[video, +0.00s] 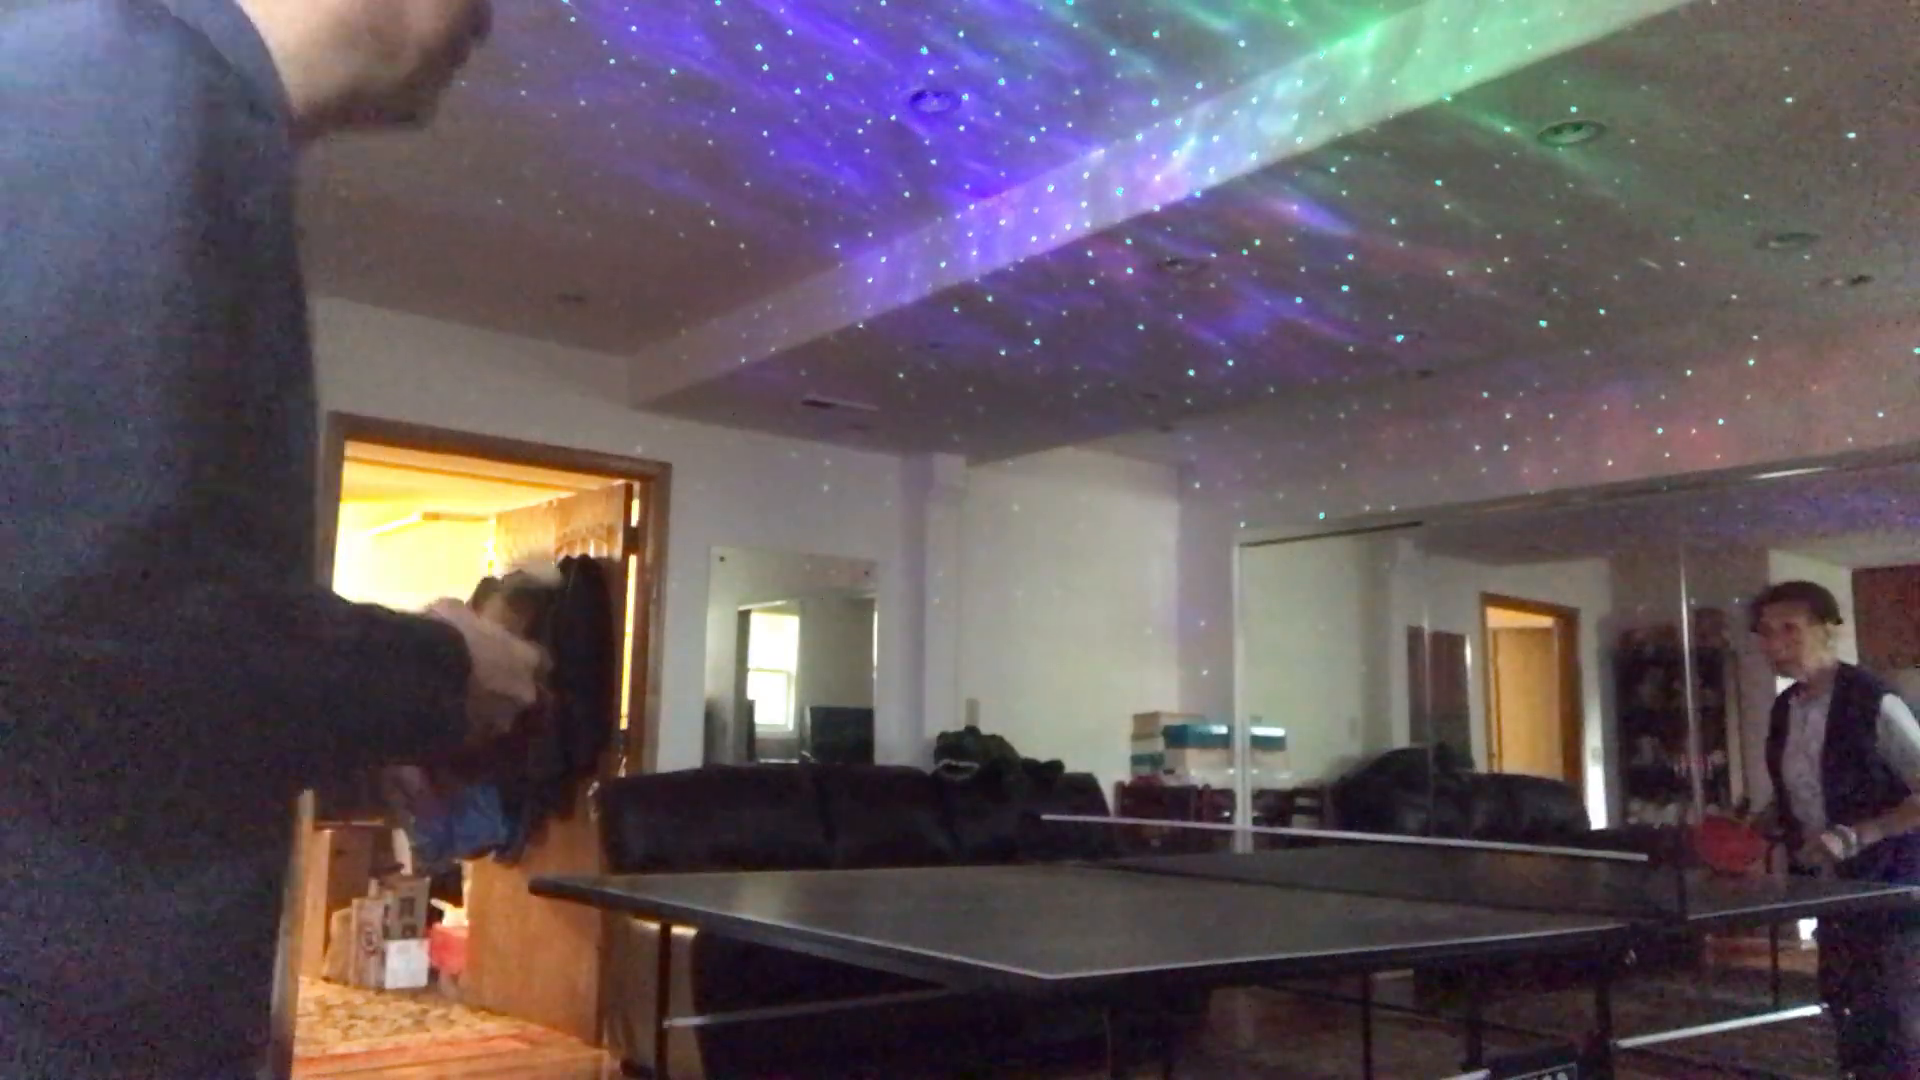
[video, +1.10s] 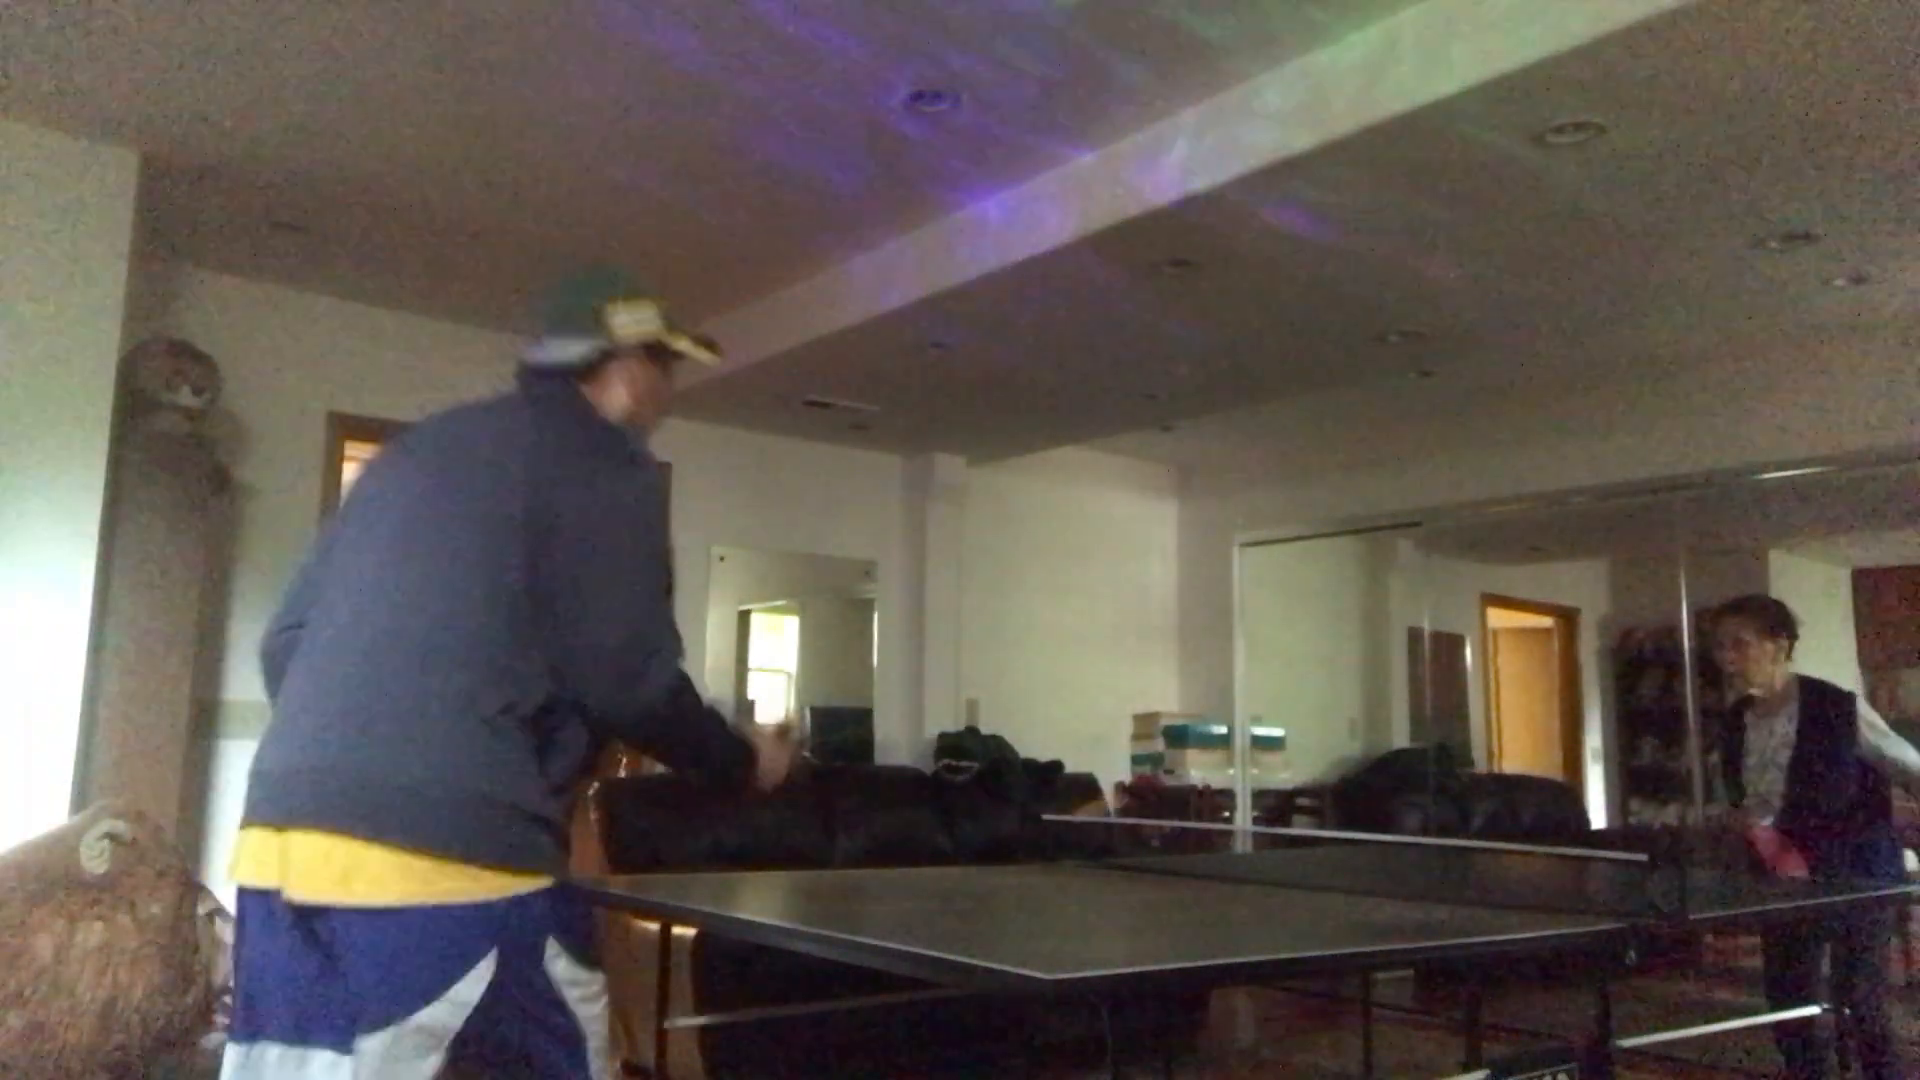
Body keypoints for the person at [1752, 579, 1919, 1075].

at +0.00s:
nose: (1777, 645)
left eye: (1789, 629)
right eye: (1768, 634)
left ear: (1827, 630)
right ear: (1761, 642)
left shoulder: (1874, 703)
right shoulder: (1784, 708)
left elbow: (1917, 795)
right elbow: (1792, 799)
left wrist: (1858, 835)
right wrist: (1761, 827)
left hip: (1888, 879)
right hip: (1827, 884)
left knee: (1894, 1015)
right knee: (1845, 1008)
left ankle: (1896, 1070)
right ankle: (1858, 1069)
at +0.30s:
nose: (1754, 655)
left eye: (1763, 639)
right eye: (1749, 643)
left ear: (1803, 632)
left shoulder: (1849, 702)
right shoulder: (1802, 703)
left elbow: (1906, 797)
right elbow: (1805, 807)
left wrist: (1811, 833)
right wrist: (1743, 821)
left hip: (1873, 882)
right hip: (1837, 881)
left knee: (1870, 1011)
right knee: (1846, 1006)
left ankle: (1887, 1072)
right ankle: (1860, 1071)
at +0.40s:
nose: (1752, 660)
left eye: (1759, 645)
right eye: (1747, 649)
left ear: (1796, 635)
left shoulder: (1838, 701)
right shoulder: (1814, 699)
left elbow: (1869, 804)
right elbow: (1816, 795)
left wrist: (1765, 823)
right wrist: (1749, 809)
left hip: (1864, 887)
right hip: (1839, 884)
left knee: (1862, 1011)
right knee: (1849, 1009)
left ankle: (1876, 1072)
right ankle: (1861, 1071)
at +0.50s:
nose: (1748, 664)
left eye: (1751, 648)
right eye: (1744, 652)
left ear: (1786, 637)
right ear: (1791, 640)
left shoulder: (1831, 696)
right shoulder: (1821, 694)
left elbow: (1817, 802)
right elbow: (1804, 786)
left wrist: (1734, 798)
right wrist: (1746, 769)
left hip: (1861, 887)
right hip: (1848, 886)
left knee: (1853, 1006)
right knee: (1849, 1004)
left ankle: (1870, 1072)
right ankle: (1867, 1071)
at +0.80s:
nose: (1735, 655)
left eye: (1740, 641)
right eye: (1732, 644)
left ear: (1778, 632)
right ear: (1772, 637)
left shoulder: (1840, 697)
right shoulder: (1771, 712)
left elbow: (1846, 791)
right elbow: (1759, 789)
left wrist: (1756, 780)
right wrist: (1713, 779)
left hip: (1866, 877)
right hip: (1818, 877)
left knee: (1859, 997)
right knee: (1830, 988)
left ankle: (1881, 1068)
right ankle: (1866, 1066)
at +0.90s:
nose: (1730, 654)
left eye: (1739, 639)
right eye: (1726, 642)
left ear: (1780, 634)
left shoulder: (1837, 696)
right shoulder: (1757, 714)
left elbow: (1905, 786)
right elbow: (1764, 797)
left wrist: (1830, 791)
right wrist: (1745, 806)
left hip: (1860, 879)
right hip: (1797, 878)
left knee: (1862, 1010)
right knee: (1806, 1006)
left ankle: (1878, 1070)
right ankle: (1842, 1067)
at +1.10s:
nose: (1726, 658)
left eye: (1738, 643)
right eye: (1721, 646)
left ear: (1779, 644)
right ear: (1717, 653)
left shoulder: (1837, 707)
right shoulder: (1733, 724)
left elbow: (1908, 768)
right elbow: (1736, 805)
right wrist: (1761, 839)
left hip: (1856, 871)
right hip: (1783, 876)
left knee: (1860, 1000)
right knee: (1787, 1001)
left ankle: (1882, 1072)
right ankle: (1808, 1071)